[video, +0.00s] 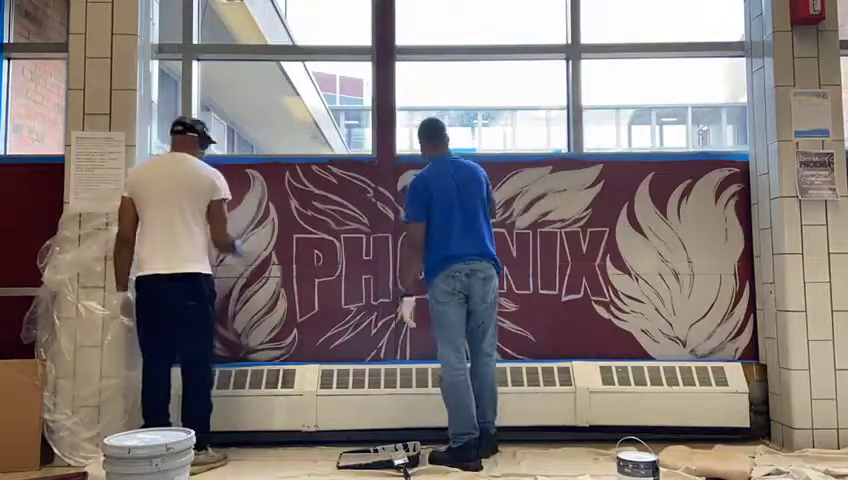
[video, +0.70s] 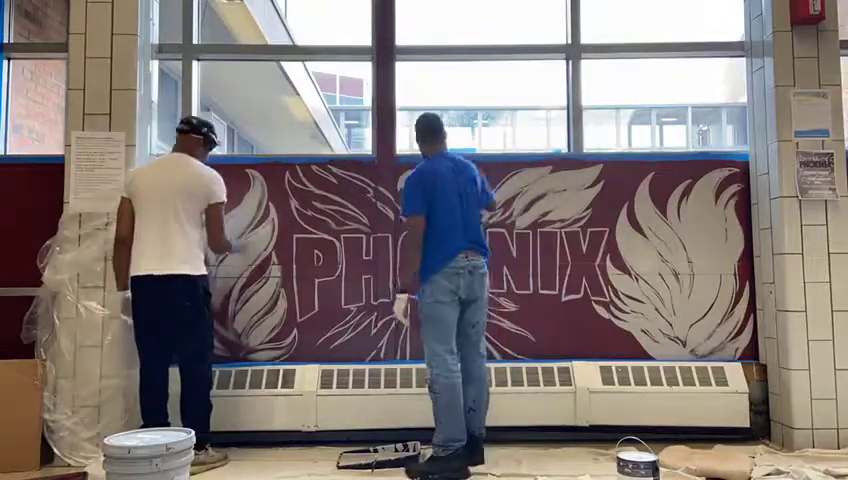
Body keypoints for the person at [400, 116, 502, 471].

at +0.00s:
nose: (422, 149)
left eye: (420, 144)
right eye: (430, 140)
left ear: (422, 144)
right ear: (448, 140)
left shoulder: (421, 181)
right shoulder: (476, 171)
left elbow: (415, 239)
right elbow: (490, 212)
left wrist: (407, 293)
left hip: (445, 270)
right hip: (484, 266)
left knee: (452, 357)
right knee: (485, 354)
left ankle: (464, 445)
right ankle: (486, 437)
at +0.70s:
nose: (421, 145)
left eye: (419, 140)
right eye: (429, 137)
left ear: (419, 140)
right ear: (445, 136)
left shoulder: (418, 176)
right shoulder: (469, 168)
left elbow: (415, 231)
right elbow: (489, 207)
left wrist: (406, 287)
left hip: (442, 270)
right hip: (477, 267)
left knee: (442, 359)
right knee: (474, 355)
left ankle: (449, 451)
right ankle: (473, 441)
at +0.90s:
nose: (484, 144)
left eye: (480, 137)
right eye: (491, 139)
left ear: (473, 139)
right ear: (500, 142)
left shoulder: (456, 170)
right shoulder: (514, 178)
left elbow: (440, 221)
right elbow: (519, 222)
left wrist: (425, 269)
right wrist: (489, 212)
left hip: (465, 268)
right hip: (505, 268)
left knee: (451, 347)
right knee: (501, 350)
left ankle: (449, 444)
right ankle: (499, 444)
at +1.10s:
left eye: (492, 144)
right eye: (510, 151)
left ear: (488, 145)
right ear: (514, 152)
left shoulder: (464, 165)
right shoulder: (518, 184)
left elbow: (442, 214)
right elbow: (519, 238)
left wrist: (438, 227)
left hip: (465, 265)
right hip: (503, 268)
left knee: (449, 346)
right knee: (499, 352)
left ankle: (447, 443)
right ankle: (498, 444)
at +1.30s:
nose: (501, 138)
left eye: (496, 132)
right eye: (508, 131)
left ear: (490, 133)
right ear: (518, 133)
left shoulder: (475, 169)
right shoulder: (540, 170)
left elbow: (461, 227)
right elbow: (550, 226)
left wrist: (454, 280)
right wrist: (547, 270)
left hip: (489, 267)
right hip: (532, 266)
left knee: (490, 362)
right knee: (531, 359)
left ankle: (497, 454)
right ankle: (539, 454)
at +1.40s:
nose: (526, 145)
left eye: (519, 138)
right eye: (530, 139)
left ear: (510, 141)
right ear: (537, 142)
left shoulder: (488, 176)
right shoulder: (552, 180)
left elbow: (472, 226)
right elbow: (565, 226)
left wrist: (477, 239)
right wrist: (540, 225)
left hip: (498, 270)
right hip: (540, 270)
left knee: (495, 355)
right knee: (549, 355)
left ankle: (492, 445)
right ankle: (560, 444)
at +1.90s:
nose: (569, 147)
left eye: (560, 139)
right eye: (577, 142)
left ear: (553, 140)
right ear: (581, 144)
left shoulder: (528, 173)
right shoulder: (592, 182)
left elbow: (510, 225)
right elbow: (592, 227)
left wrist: (498, 271)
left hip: (531, 273)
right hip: (573, 273)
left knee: (514, 355)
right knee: (567, 357)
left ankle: (506, 438)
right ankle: (563, 441)